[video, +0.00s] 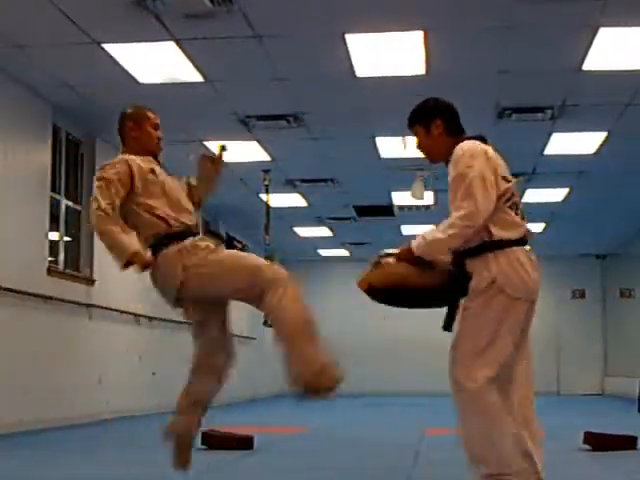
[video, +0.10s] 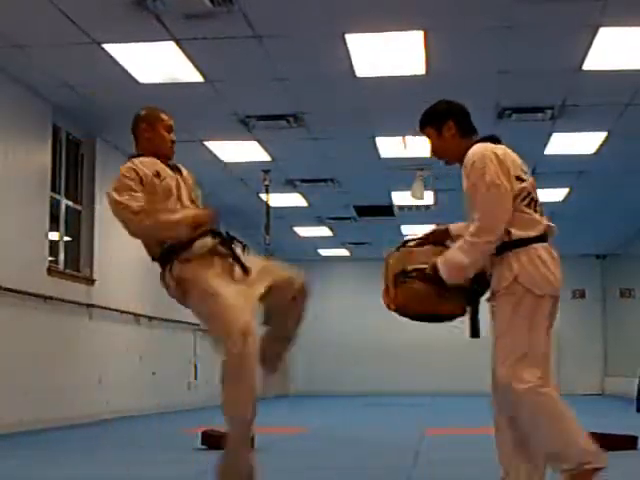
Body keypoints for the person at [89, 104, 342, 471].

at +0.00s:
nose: (160, 134)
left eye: (159, 128)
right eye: (153, 127)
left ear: (149, 133)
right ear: (130, 131)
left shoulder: (164, 177)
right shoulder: (122, 167)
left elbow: (192, 200)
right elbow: (101, 212)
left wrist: (206, 176)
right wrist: (132, 251)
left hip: (197, 258)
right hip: (178, 259)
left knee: (214, 353)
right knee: (272, 281)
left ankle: (185, 426)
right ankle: (310, 371)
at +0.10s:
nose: (173, 138)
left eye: (172, 132)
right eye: (166, 131)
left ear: (163, 134)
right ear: (144, 133)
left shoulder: (180, 174)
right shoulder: (132, 173)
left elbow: (189, 219)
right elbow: (140, 223)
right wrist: (198, 217)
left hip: (225, 255)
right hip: (192, 266)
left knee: (290, 285)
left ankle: (270, 358)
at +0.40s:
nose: (215, 156)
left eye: (215, 149)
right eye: (209, 148)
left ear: (197, 152)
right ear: (186, 150)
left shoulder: (209, 201)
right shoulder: (161, 194)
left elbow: (220, 246)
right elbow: (155, 247)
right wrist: (206, 222)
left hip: (253, 275)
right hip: (219, 292)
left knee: (319, 289)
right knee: (240, 385)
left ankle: (368, 371)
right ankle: (239, 471)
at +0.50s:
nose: (211, 146)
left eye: (211, 140)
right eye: (203, 139)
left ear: (204, 146)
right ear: (180, 143)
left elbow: (234, 245)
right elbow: (157, 248)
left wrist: (274, 276)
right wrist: (203, 256)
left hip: (255, 277)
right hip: (217, 287)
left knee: (306, 339)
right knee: (245, 368)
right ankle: (240, 470)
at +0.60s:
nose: (216, 153)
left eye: (215, 147)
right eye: (208, 147)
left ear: (207, 155)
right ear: (185, 154)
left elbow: (256, 244)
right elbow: (160, 265)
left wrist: (298, 249)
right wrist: (205, 268)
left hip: (254, 301)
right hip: (214, 305)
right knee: (241, 388)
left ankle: (248, 470)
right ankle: (238, 471)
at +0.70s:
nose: (219, 154)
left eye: (218, 148)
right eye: (211, 148)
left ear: (213, 156)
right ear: (188, 154)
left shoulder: (229, 208)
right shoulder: (171, 204)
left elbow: (261, 241)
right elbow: (155, 261)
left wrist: (293, 230)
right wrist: (200, 267)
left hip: (242, 301)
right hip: (201, 300)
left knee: (254, 388)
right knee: (220, 366)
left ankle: (243, 465)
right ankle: (227, 464)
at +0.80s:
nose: (211, 138)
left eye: (211, 133)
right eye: (203, 132)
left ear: (207, 141)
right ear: (180, 137)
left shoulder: (216, 189)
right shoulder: (161, 183)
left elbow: (231, 234)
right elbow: (138, 237)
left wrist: (256, 226)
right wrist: (191, 247)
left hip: (219, 283)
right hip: (184, 280)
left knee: (233, 366)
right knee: (205, 354)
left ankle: (240, 466)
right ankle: (176, 465)